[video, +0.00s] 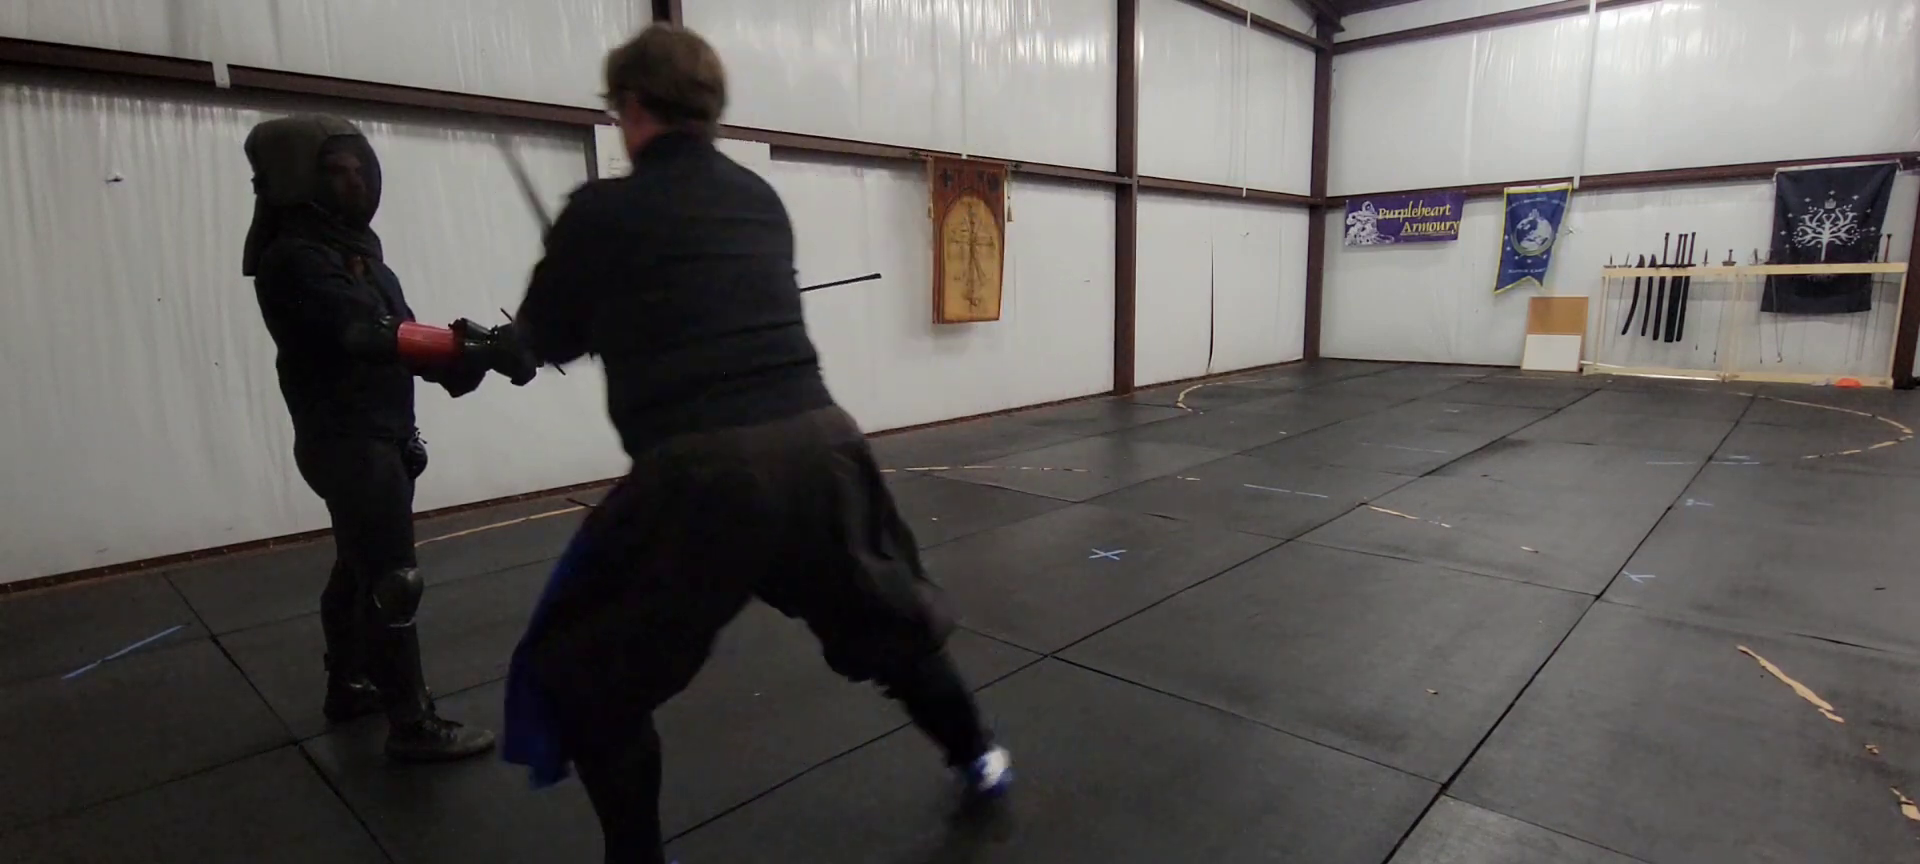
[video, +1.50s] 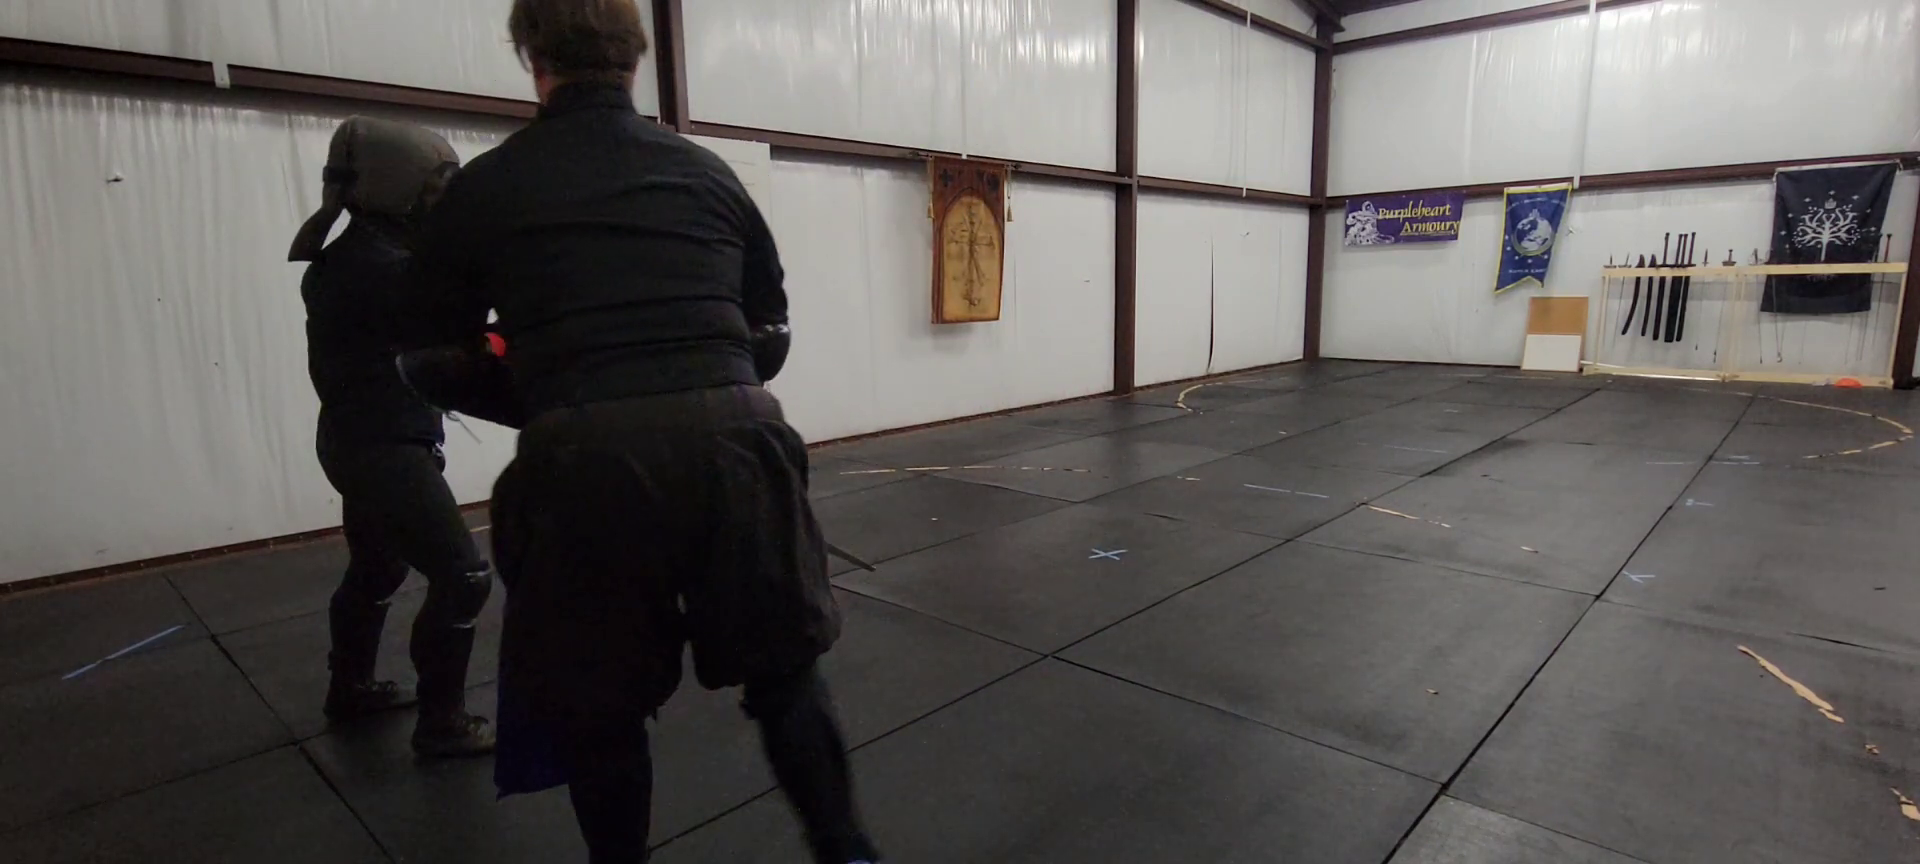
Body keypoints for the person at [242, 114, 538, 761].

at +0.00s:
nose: (356, 183)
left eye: (362, 171)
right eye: (340, 171)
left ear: (371, 179)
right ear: (306, 181)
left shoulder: (355, 246)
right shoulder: (293, 256)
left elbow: (395, 325)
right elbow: (357, 333)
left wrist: (453, 357)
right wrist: (463, 349)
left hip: (381, 436)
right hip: (344, 442)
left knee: (360, 570)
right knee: (393, 582)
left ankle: (349, 689)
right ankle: (410, 723)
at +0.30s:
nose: (362, 184)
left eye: (368, 171)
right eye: (345, 172)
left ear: (379, 179)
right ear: (314, 182)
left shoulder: (354, 246)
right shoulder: (304, 255)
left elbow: (391, 333)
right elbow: (359, 336)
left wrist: (433, 357)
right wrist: (433, 359)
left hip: (377, 438)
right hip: (349, 444)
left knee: (360, 569)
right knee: (394, 581)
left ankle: (349, 687)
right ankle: (408, 717)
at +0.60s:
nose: (389, 181)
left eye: (388, 168)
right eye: (377, 168)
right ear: (346, 176)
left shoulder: (343, 250)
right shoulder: (325, 257)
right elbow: (371, 353)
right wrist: (432, 361)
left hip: (364, 440)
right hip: (361, 445)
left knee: (358, 566)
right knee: (392, 571)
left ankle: (349, 686)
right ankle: (412, 719)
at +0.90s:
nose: (384, 179)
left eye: (386, 168)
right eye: (371, 169)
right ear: (339, 179)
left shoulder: (352, 245)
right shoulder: (327, 255)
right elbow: (369, 352)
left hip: (372, 436)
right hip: (361, 441)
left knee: (364, 563)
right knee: (378, 564)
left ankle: (352, 685)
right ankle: (406, 702)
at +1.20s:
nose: (394, 182)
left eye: (397, 171)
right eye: (384, 171)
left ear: (326, 184)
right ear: (353, 180)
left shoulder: (344, 249)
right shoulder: (340, 257)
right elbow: (371, 365)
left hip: (362, 436)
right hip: (360, 441)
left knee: (369, 563)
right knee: (440, 549)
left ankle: (350, 687)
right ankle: (426, 711)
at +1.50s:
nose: (448, 202)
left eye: (448, 187)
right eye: (440, 188)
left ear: (365, 190)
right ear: (411, 192)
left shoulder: (331, 264)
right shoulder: (399, 268)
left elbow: (333, 370)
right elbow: (447, 366)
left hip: (349, 443)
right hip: (393, 449)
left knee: (373, 571)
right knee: (462, 579)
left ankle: (350, 688)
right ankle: (442, 722)